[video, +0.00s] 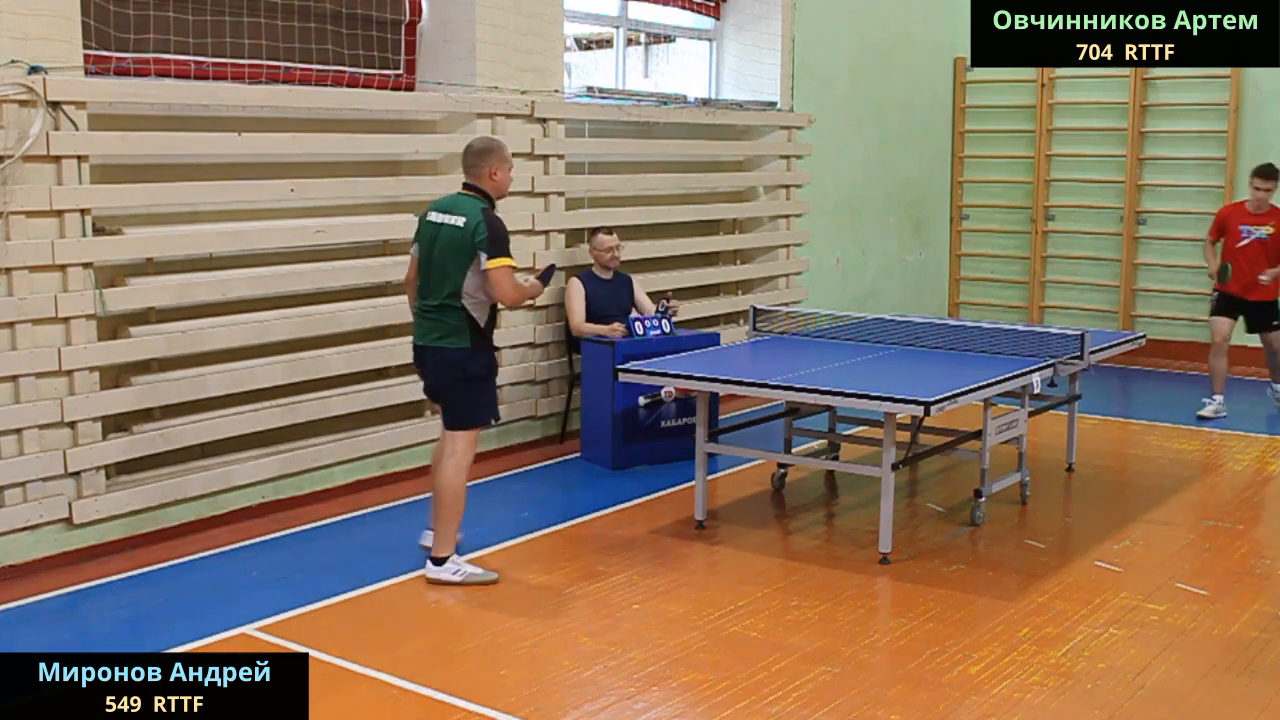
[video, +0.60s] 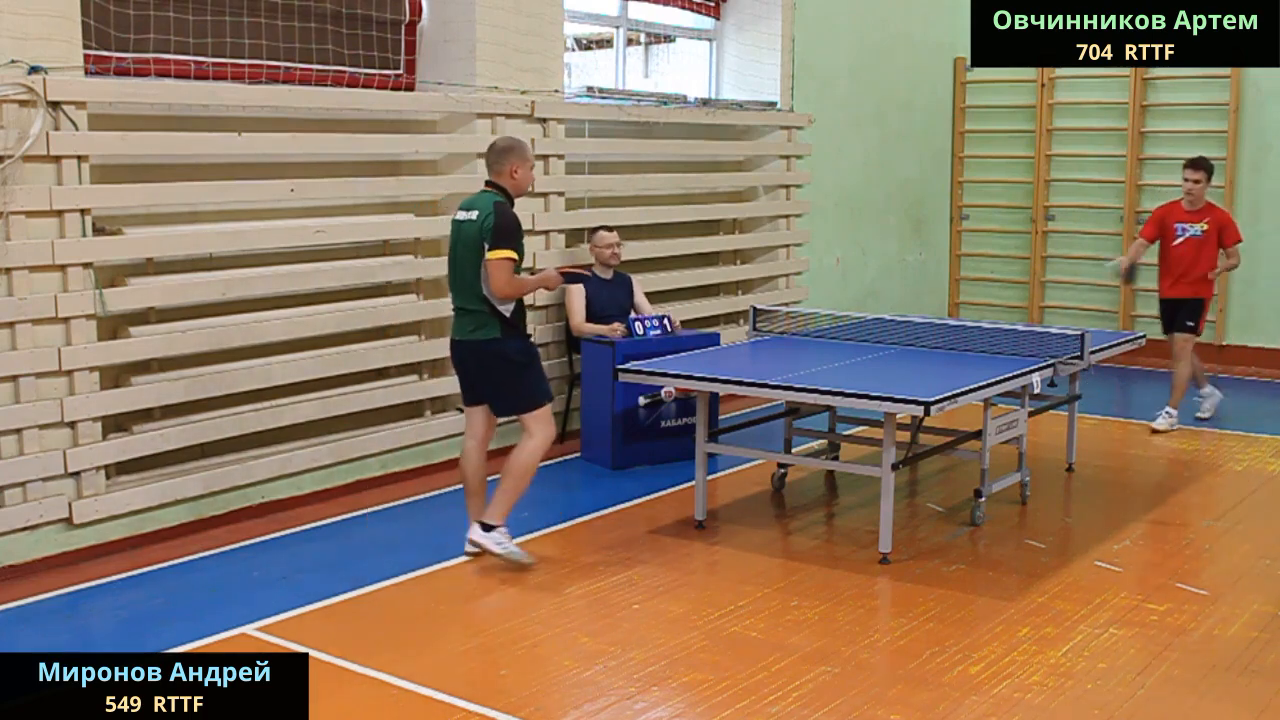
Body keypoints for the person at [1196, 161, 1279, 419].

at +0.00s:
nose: (1260, 195)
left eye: (1266, 190)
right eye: (1257, 189)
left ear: (1274, 191)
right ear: (1249, 186)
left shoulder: (1277, 218)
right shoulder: (1228, 213)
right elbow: (1210, 241)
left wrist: (1275, 271)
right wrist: (1212, 266)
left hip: (1265, 294)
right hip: (1229, 291)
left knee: (1274, 345)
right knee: (1219, 339)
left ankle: (1276, 386)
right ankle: (1217, 400)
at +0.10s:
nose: (1245, 191)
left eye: (1251, 186)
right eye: (1241, 184)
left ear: (1260, 187)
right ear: (1234, 183)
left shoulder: (1270, 219)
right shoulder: (1216, 212)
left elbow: (1275, 259)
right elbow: (1195, 241)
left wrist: (1255, 266)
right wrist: (1200, 262)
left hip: (1251, 294)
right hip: (1216, 291)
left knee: (1260, 349)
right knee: (1210, 343)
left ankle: (1273, 384)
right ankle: (1216, 400)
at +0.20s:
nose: (1232, 187)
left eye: (1239, 182)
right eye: (1229, 181)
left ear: (1248, 183)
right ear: (1222, 180)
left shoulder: (1259, 214)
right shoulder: (1206, 209)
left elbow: (1263, 253)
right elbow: (1183, 242)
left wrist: (1235, 254)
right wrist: (1193, 258)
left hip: (1239, 292)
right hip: (1207, 290)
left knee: (1240, 347)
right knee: (1206, 344)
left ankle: (1254, 383)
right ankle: (1215, 400)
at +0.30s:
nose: (1221, 183)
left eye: (1227, 178)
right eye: (1217, 177)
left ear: (1237, 180)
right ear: (1212, 177)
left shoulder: (1249, 212)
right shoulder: (1195, 208)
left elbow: (1254, 250)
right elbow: (1171, 241)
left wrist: (1226, 243)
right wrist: (1198, 244)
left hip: (1228, 288)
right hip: (1197, 287)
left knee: (1219, 342)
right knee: (1203, 343)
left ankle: (1229, 394)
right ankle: (1212, 397)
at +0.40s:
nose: (1210, 183)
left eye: (1216, 178)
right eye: (1206, 177)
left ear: (1227, 180)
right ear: (1201, 178)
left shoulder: (1238, 212)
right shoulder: (1186, 209)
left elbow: (1245, 252)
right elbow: (1163, 243)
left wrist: (1220, 242)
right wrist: (1192, 240)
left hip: (1218, 288)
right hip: (1189, 287)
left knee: (1206, 343)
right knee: (1200, 344)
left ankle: (1200, 403)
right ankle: (1215, 398)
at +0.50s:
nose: (1199, 186)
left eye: (1206, 182)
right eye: (1196, 180)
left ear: (1217, 184)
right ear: (1191, 181)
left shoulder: (1229, 215)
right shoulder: (1175, 212)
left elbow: (1239, 255)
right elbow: (1153, 246)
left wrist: (1222, 254)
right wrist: (1165, 252)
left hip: (1208, 293)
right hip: (1180, 292)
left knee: (1193, 347)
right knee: (1197, 347)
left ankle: (1178, 406)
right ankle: (1215, 398)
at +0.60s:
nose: (1189, 186)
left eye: (1196, 182)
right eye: (1186, 180)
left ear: (1208, 184)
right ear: (1181, 181)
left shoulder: (1219, 218)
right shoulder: (1164, 213)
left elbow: (1234, 257)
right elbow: (1142, 243)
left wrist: (1221, 267)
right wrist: (1128, 259)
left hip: (1197, 292)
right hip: (1168, 291)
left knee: (1182, 348)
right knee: (1180, 349)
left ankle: (1171, 411)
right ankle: (1208, 392)